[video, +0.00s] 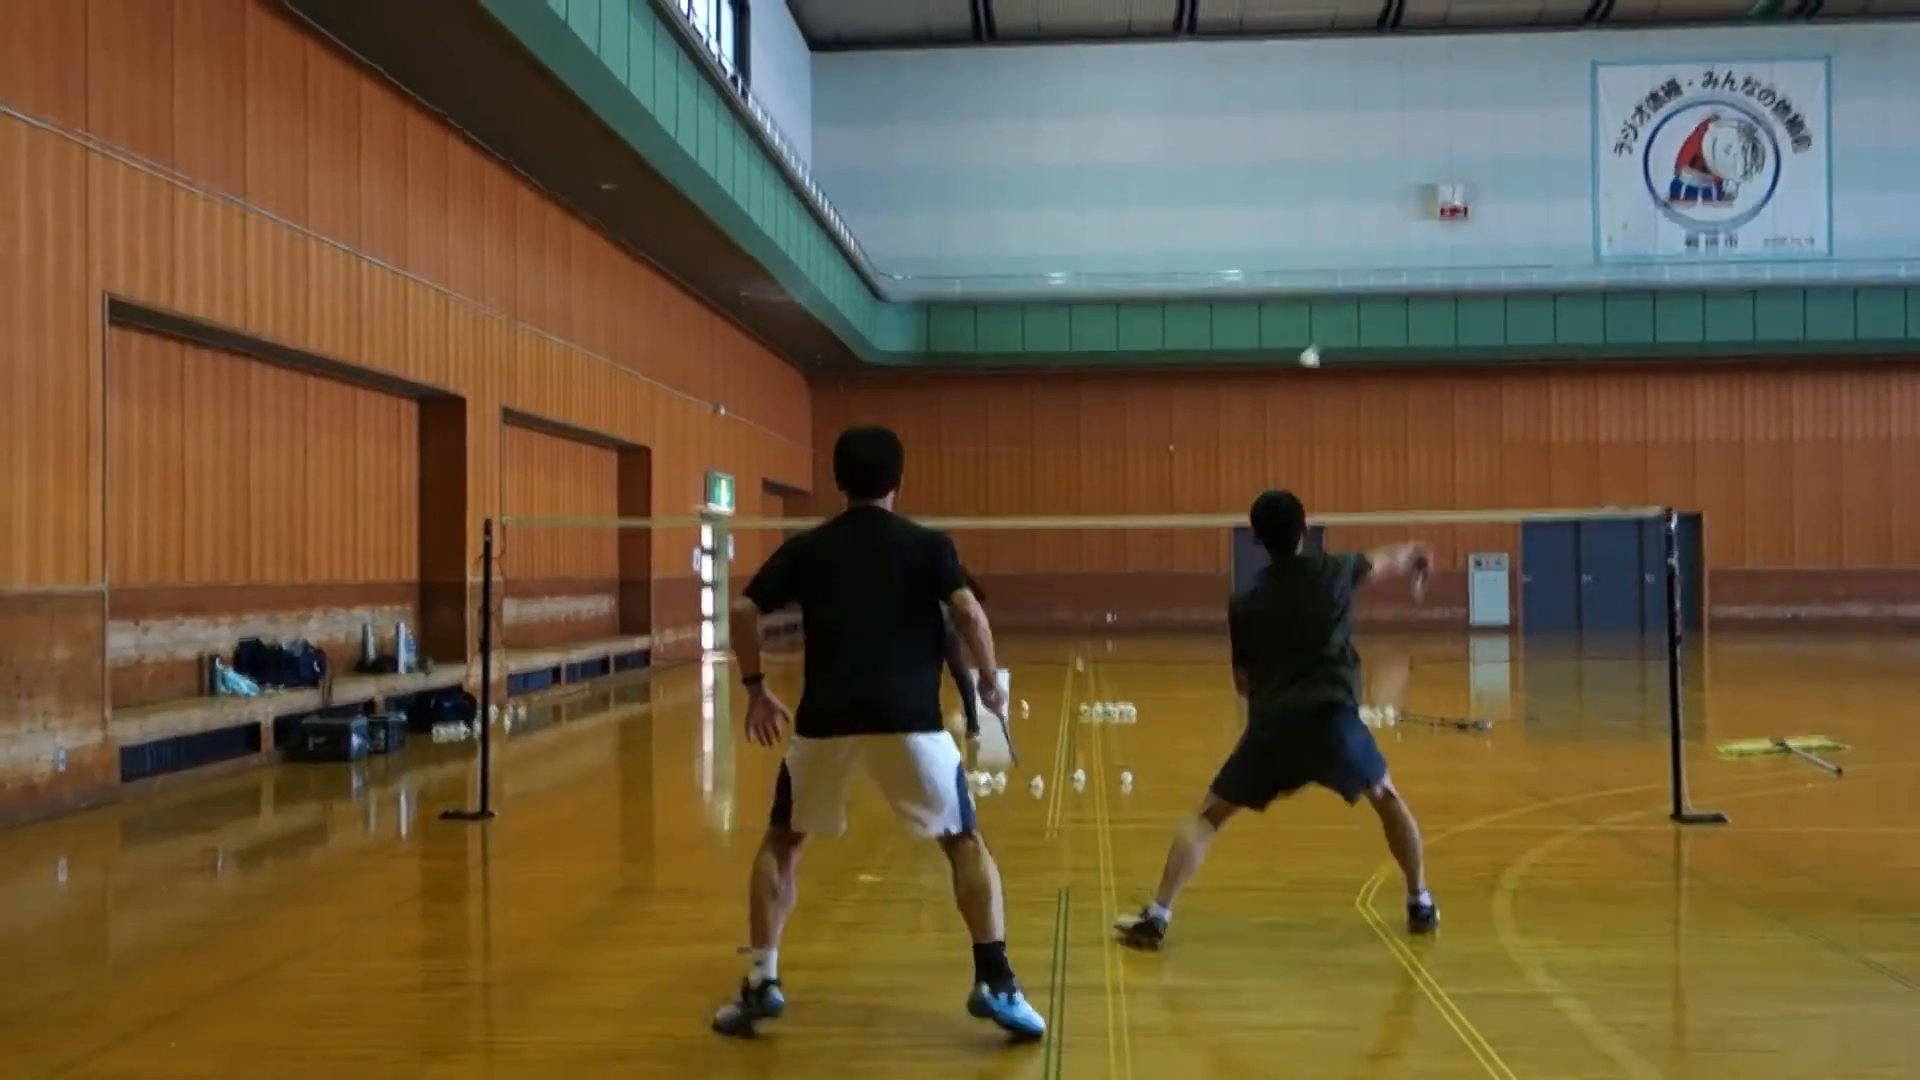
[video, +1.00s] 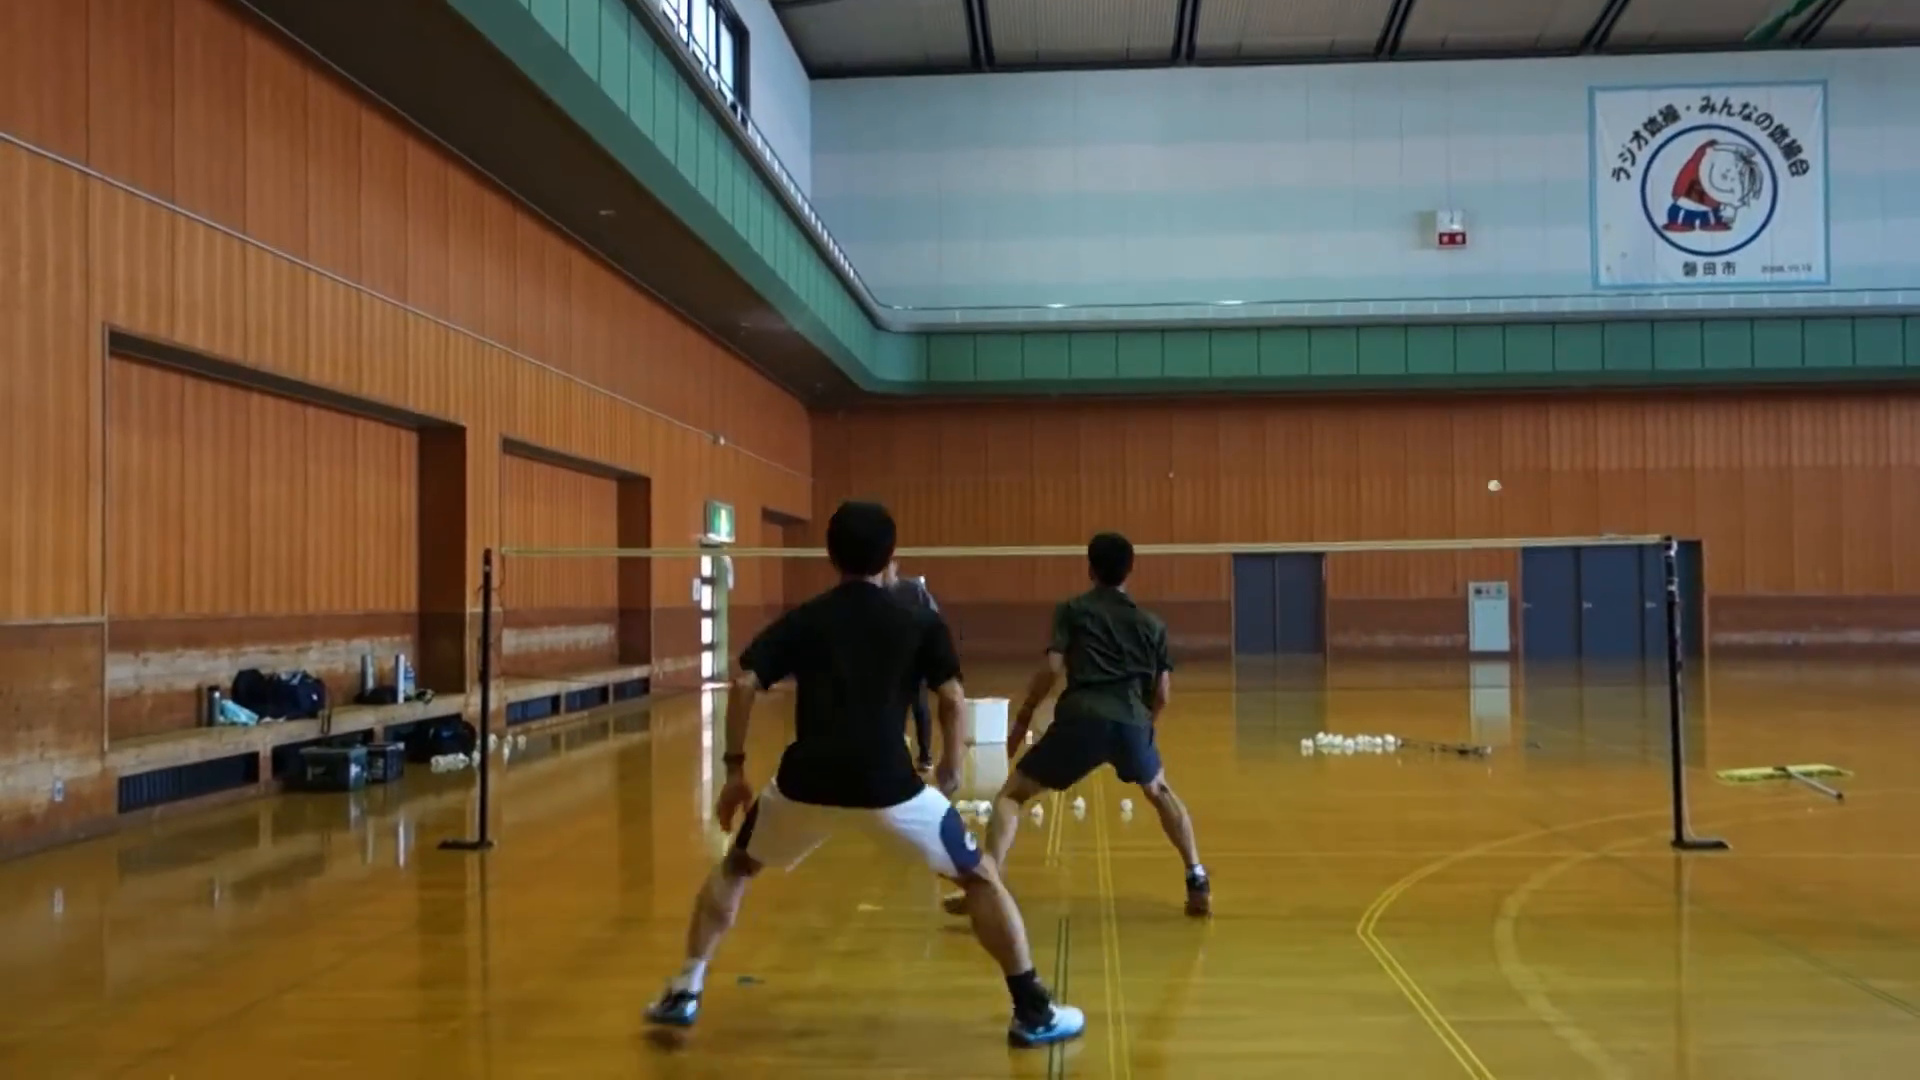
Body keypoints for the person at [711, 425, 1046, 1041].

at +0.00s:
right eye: (897, 476)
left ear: (839, 481)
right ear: (898, 481)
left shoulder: (809, 547)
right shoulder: (928, 546)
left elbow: (744, 610)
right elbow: (971, 615)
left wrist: (755, 688)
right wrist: (992, 678)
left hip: (825, 718)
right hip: (910, 720)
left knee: (782, 841)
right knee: (964, 842)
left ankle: (762, 982)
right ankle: (996, 982)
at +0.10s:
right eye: (899, 512)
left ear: (838, 516)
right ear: (899, 517)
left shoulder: (803, 584)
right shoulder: (926, 583)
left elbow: (747, 659)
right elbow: (961, 664)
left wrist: (749, 742)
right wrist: (978, 744)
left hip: (822, 760)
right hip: (911, 756)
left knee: (771, 872)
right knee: (981, 863)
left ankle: (723, 1007)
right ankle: (1019, 996)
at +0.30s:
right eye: (917, 569)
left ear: (859, 578)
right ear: (918, 576)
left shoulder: (831, 647)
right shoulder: (941, 644)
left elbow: (786, 734)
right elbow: (973, 740)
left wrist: (761, 812)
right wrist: (993, 786)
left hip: (827, 816)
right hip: (914, 816)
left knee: (761, 918)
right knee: (1010, 909)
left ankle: (691, 1041)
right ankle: (1086, 1028)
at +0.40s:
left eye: (890, 566)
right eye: (935, 563)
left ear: (888, 575)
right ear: (946, 573)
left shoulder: (859, 646)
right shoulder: (981, 640)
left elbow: (812, 731)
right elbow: (1031, 719)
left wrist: (792, 801)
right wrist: (1033, 758)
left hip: (871, 819)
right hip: (962, 814)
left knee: (797, 910)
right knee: (1044, 892)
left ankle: (709, 1022)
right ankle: (1096, 1027)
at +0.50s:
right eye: (958, 539)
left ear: (905, 547)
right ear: (964, 547)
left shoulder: (878, 617)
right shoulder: (999, 613)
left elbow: (826, 691)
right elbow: (1056, 679)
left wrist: (825, 766)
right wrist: (1051, 728)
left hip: (890, 788)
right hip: (976, 789)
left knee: (817, 890)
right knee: (1043, 893)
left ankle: (754, 1009)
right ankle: (1096, 1027)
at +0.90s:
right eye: (925, 540)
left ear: (868, 545)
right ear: (926, 547)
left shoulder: (838, 606)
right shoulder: (953, 607)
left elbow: (772, 655)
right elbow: (994, 672)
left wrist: (771, 740)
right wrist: (1000, 739)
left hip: (847, 772)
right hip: (931, 777)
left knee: (782, 853)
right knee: (1014, 875)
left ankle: (780, 981)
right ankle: (1088, 996)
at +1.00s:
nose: (894, 555)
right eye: (893, 549)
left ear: (832, 555)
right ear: (890, 558)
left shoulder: (808, 617)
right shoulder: (917, 623)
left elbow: (742, 681)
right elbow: (952, 699)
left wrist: (734, 770)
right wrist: (949, 782)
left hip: (806, 782)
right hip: (889, 784)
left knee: (737, 868)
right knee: (977, 877)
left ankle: (685, 988)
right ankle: (1033, 1008)